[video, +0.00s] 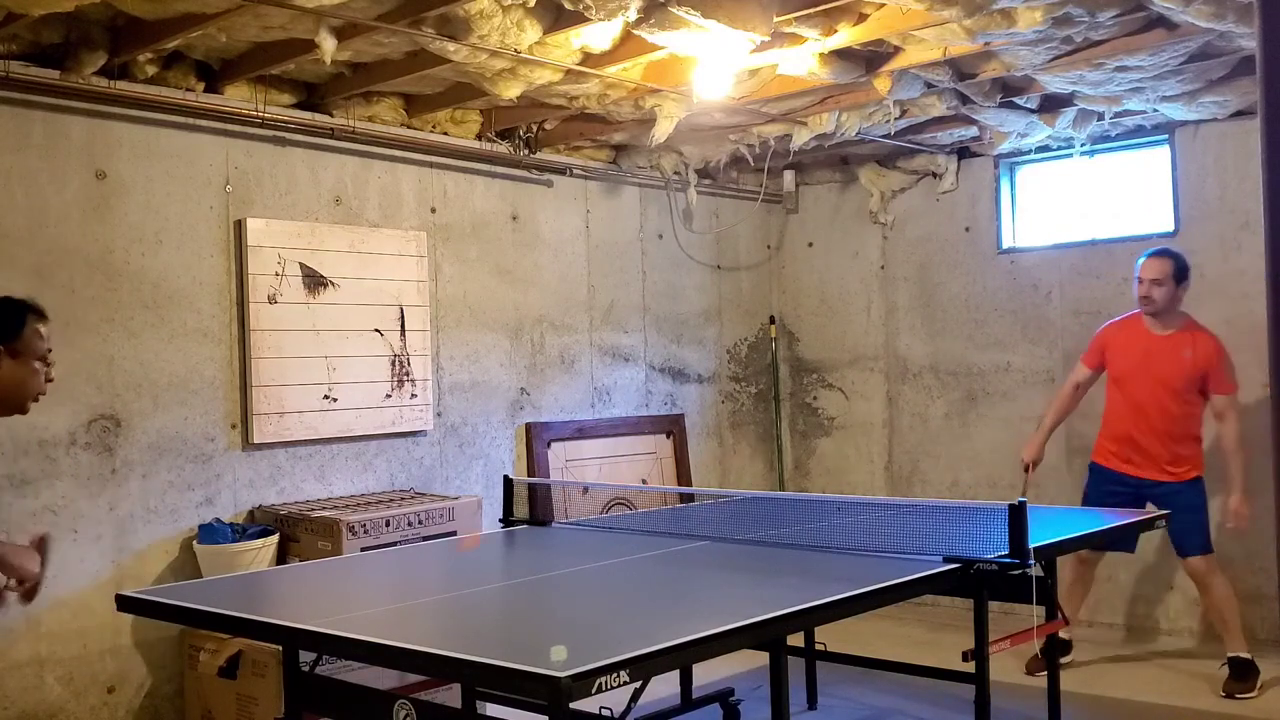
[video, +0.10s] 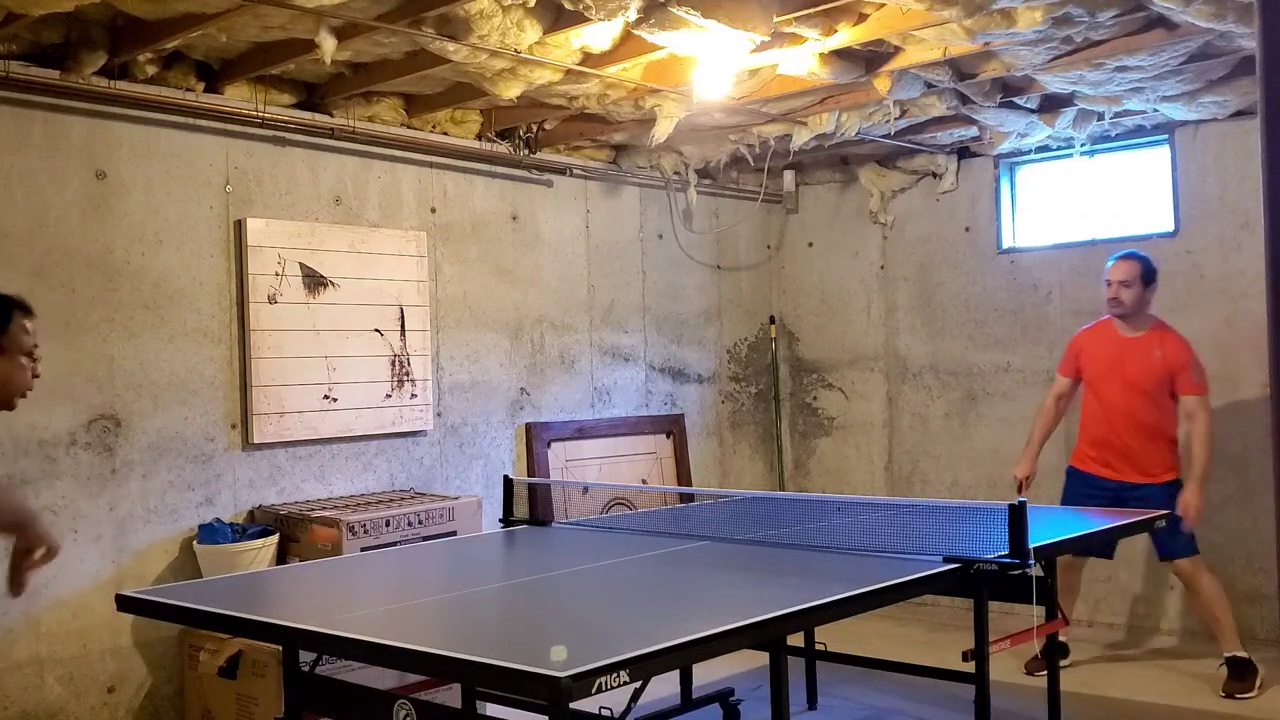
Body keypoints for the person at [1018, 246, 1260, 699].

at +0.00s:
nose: (1145, 291)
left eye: (1156, 284)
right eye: (1140, 282)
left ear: (1181, 289)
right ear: (1134, 284)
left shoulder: (1205, 346)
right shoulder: (1113, 334)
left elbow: (1226, 417)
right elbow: (1075, 385)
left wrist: (1236, 489)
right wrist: (1039, 437)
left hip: (1177, 477)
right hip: (1112, 470)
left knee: (1200, 563)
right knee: (1083, 555)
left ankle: (1240, 659)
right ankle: (1056, 641)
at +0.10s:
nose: (1113, 292)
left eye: (1124, 285)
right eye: (1109, 284)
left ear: (1149, 291)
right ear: (1103, 287)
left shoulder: (1173, 347)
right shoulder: (1086, 340)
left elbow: (1196, 417)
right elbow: (1057, 398)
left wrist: (1194, 485)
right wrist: (1030, 455)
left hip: (1154, 483)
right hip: (1089, 478)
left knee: (1188, 565)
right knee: (1067, 559)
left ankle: (1236, 658)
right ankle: (1054, 642)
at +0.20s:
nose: (1086, 290)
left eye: (1096, 282)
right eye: (1081, 282)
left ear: (1121, 287)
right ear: (1077, 285)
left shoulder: (1149, 344)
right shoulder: (1064, 339)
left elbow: (1173, 414)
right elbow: (1042, 400)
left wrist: (1154, 467)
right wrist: (1020, 457)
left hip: (1134, 480)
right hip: (1072, 477)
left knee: (1173, 563)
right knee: (1056, 557)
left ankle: (1226, 655)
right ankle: (1054, 643)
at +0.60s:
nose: (1037, 296)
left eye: (1046, 287)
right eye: (1032, 289)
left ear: (1072, 289)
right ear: (1032, 293)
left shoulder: (1111, 339)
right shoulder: (1034, 348)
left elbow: (1144, 404)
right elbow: (1027, 407)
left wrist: (1125, 466)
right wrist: (999, 452)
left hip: (1111, 476)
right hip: (1051, 475)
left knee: (1139, 562)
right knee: (1025, 551)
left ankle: (1175, 647)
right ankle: (1044, 628)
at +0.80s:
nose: (987, 310)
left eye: (994, 300)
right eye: (983, 303)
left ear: (1023, 300)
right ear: (984, 308)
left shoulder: (1073, 342)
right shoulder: (991, 361)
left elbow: (1120, 393)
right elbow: (975, 419)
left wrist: (1156, 452)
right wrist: (935, 430)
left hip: (1090, 479)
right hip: (1027, 481)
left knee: (1126, 561)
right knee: (990, 555)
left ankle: (1174, 647)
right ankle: (980, 638)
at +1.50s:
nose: (1023, 304)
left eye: (1032, 295)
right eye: (1016, 296)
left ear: (1053, 298)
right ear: (1012, 301)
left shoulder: (1090, 349)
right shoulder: (1008, 358)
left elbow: (1123, 411)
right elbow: (999, 417)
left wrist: (1128, 477)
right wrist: (981, 472)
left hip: (1090, 484)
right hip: (1027, 483)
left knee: (1132, 564)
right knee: (984, 554)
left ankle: (1172, 647)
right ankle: (972, 639)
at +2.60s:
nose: (1001, 325)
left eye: (1000, 317)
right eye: (999, 318)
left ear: (1015, 312)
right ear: (1024, 309)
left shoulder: (1074, 349)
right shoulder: (1036, 350)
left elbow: (1097, 412)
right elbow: (1039, 415)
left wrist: (1104, 469)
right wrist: (1001, 448)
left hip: (1080, 482)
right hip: (1037, 479)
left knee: (1107, 565)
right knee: (1000, 548)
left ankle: (1169, 640)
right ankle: (996, 631)